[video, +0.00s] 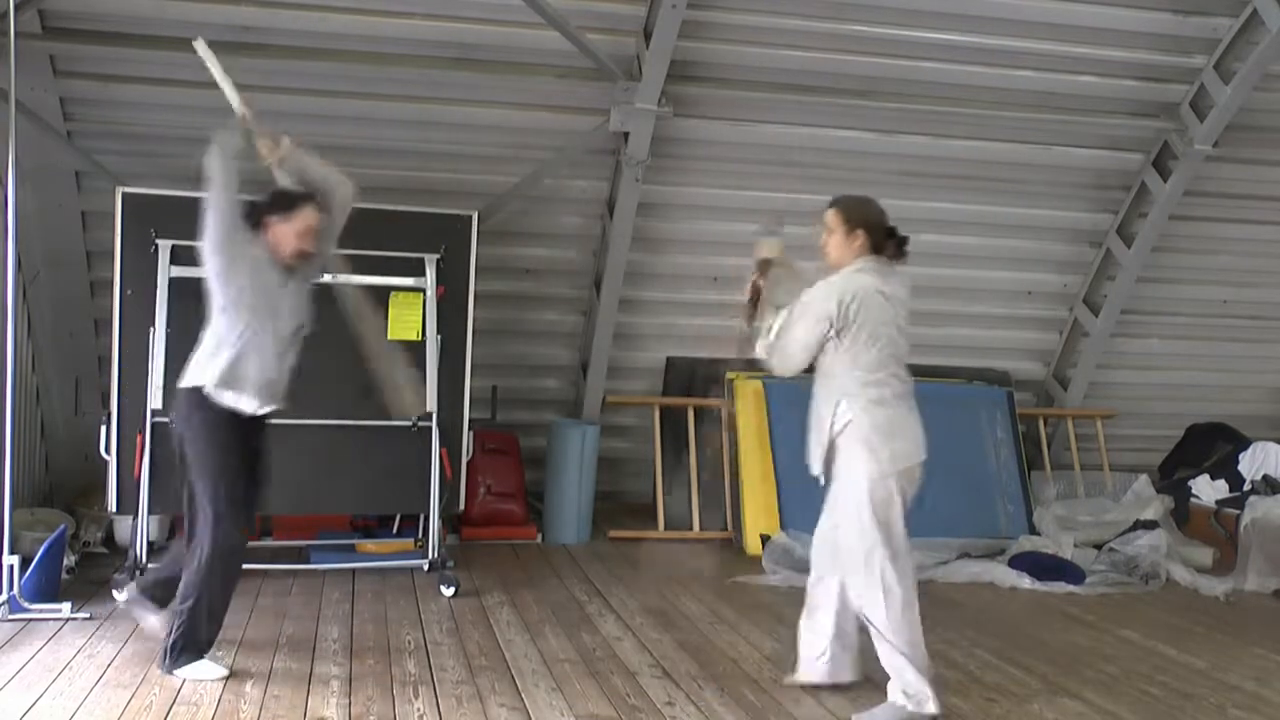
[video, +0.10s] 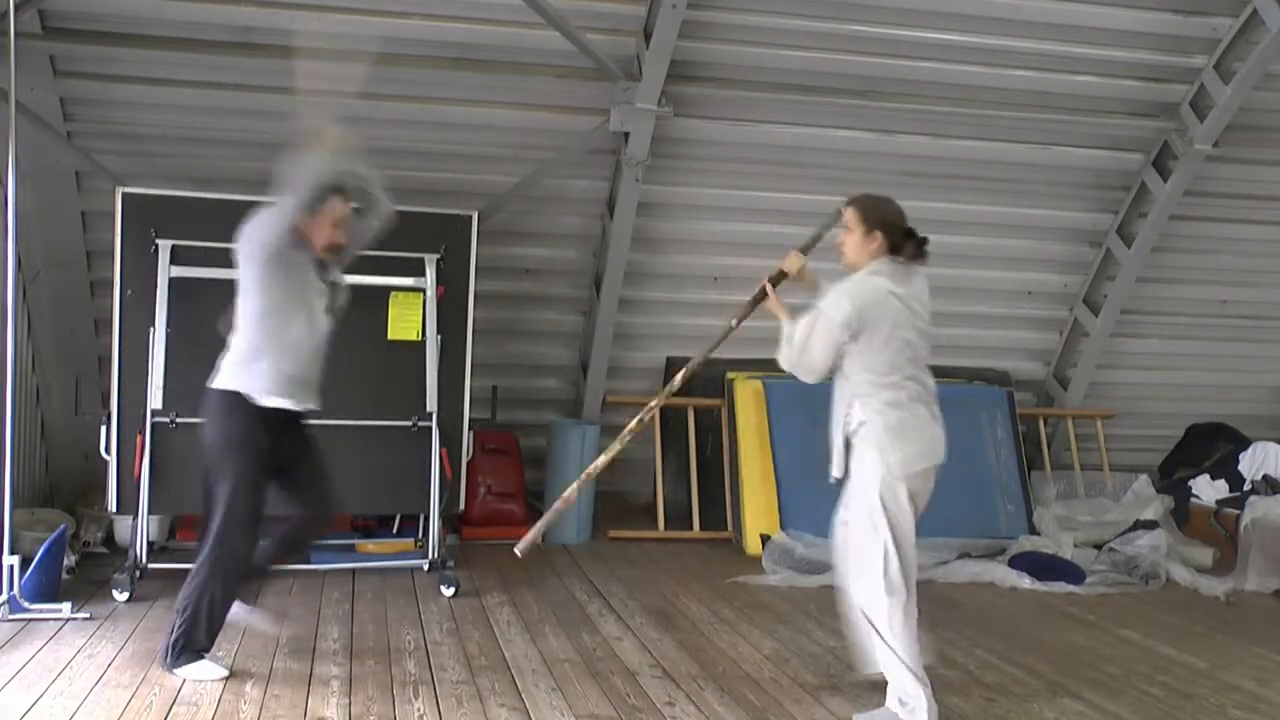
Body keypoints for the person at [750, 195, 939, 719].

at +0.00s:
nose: (822, 242)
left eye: (829, 232)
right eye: (823, 232)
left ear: (857, 239)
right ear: (866, 239)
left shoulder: (834, 290)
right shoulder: (892, 286)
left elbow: (785, 358)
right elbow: (826, 307)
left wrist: (764, 315)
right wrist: (779, 281)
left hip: (865, 447)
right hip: (902, 443)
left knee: (875, 564)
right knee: (830, 549)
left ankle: (914, 694)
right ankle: (826, 663)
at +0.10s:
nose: (840, 240)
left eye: (847, 231)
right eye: (841, 230)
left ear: (874, 239)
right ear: (885, 240)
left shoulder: (855, 293)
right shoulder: (912, 285)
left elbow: (808, 361)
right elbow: (857, 307)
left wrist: (780, 310)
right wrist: (810, 275)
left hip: (881, 449)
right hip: (921, 444)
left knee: (870, 566)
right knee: (890, 558)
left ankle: (909, 701)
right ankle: (903, 665)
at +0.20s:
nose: (852, 243)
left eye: (860, 235)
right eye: (854, 234)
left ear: (888, 245)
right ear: (896, 246)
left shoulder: (871, 300)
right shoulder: (918, 292)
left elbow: (817, 367)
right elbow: (850, 343)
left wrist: (789, 304)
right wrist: (790, 309)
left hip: (897, 457)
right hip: (933, 451)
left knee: (874, 585)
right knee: (902, 561)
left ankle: (909, 705)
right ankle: (945, 647)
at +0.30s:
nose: (879, 245)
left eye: (887, 237)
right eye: (881, 236)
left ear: (913, 246)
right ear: (921, 246)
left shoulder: (889, 299)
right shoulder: (941, 290)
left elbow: (835, 359)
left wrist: (805, 305)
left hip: (905, 461)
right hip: (952, 452)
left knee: (884, 576)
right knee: (940, 561)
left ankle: (909, 702)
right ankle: (982, 658)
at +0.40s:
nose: (897, 243)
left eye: (903, 235)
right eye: (898, 233)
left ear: (931, 240)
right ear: (939, 241)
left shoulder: (902, 289)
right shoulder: (962, 284)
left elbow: (825, 318)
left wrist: (819, 256)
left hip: (917, 451)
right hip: (964, 444)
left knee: (895, 569)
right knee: (959, 552)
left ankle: (909, 701)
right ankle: (988, 658)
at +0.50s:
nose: (916, 242)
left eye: (924, 235)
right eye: (918, 234)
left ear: (950, 244)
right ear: (957, 244)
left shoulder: (914, 282)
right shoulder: (977, 280)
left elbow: (859, 241)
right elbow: (949, 230)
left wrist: (858, 195)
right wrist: (911, 185)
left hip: (949, 445)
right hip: (993, 438)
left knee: (917, 577)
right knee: (982, 563)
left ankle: (910, 701)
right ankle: (994, 668)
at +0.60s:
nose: (932, 245)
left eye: (940, 239)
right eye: (934, 238)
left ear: (965, 248)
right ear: (970, 249)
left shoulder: (935, 286)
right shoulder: (986, 287)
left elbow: (882, 256)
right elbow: (939, 244)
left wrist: (885, 196)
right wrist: (913, 195)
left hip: (969, 444)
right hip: (1006, 440)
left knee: (940, 568)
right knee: (988, 564)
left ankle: (911, 699)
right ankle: (994, 675)